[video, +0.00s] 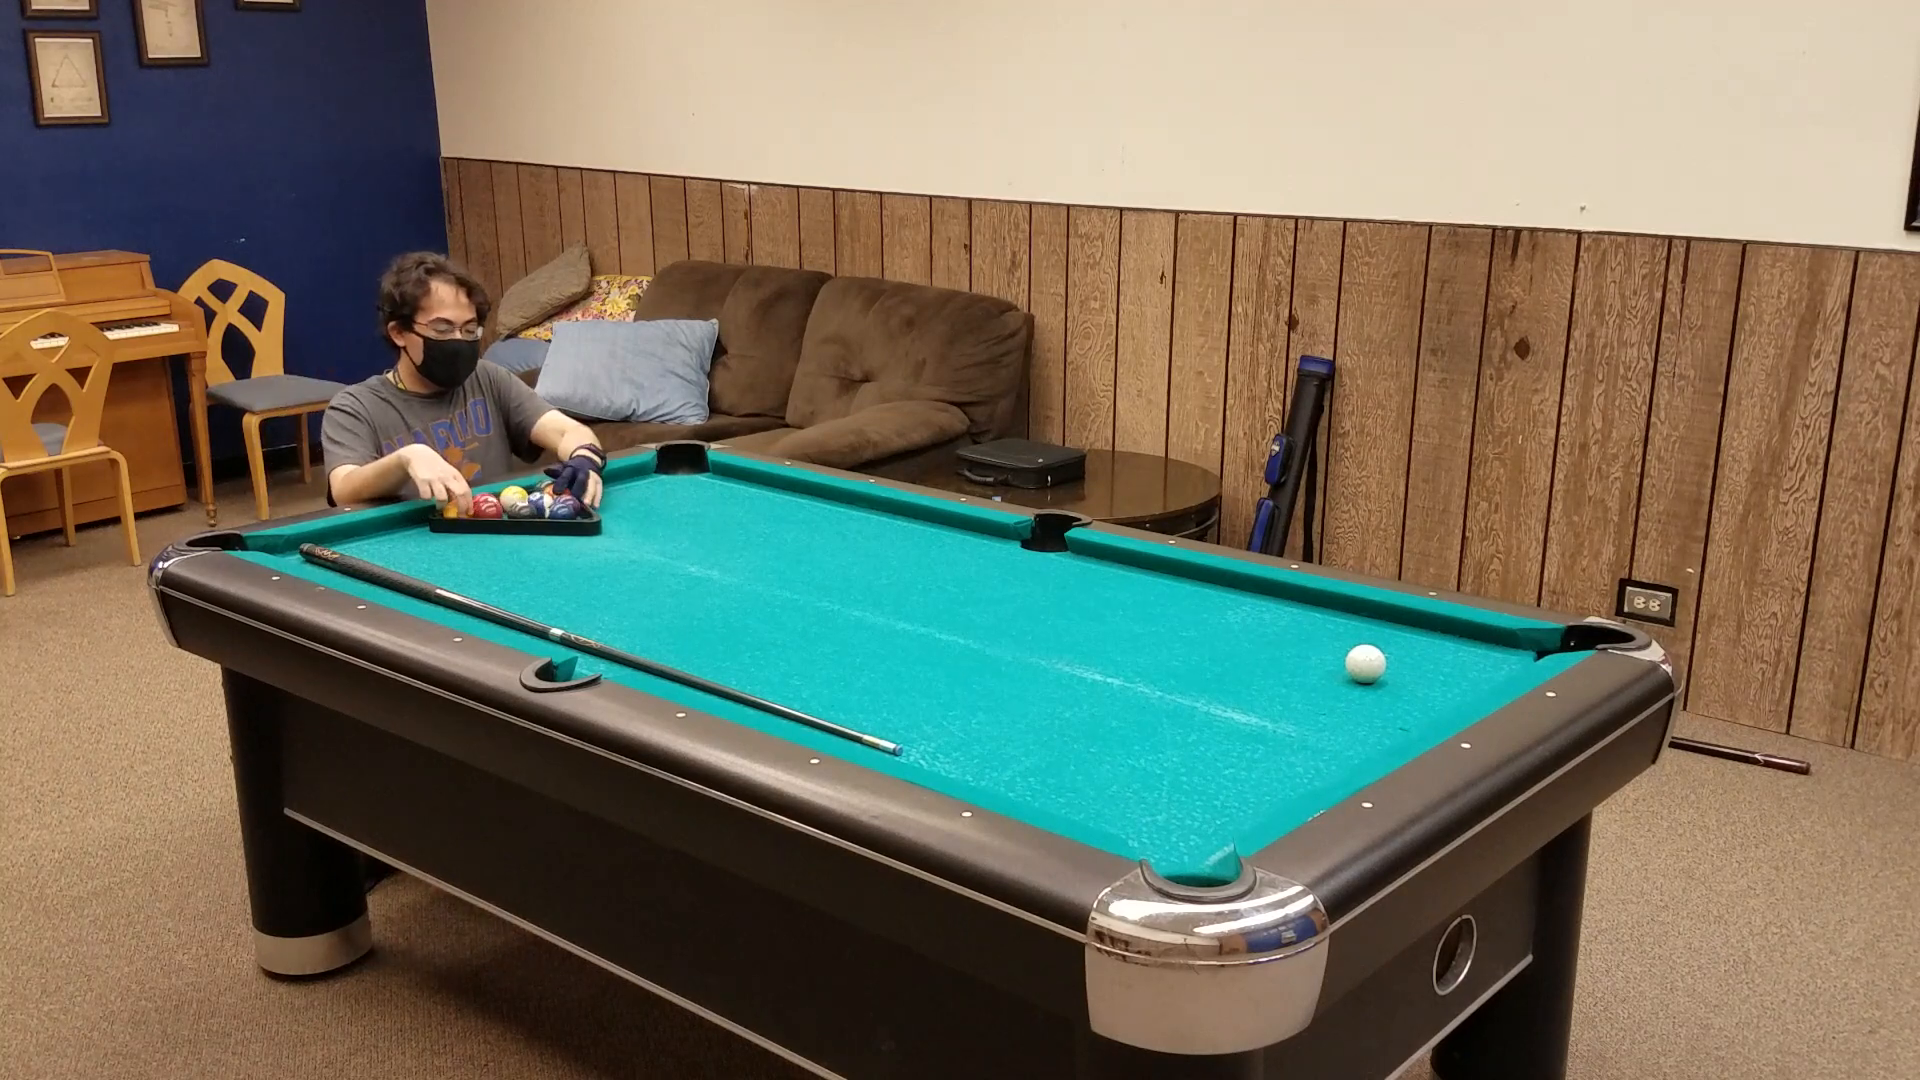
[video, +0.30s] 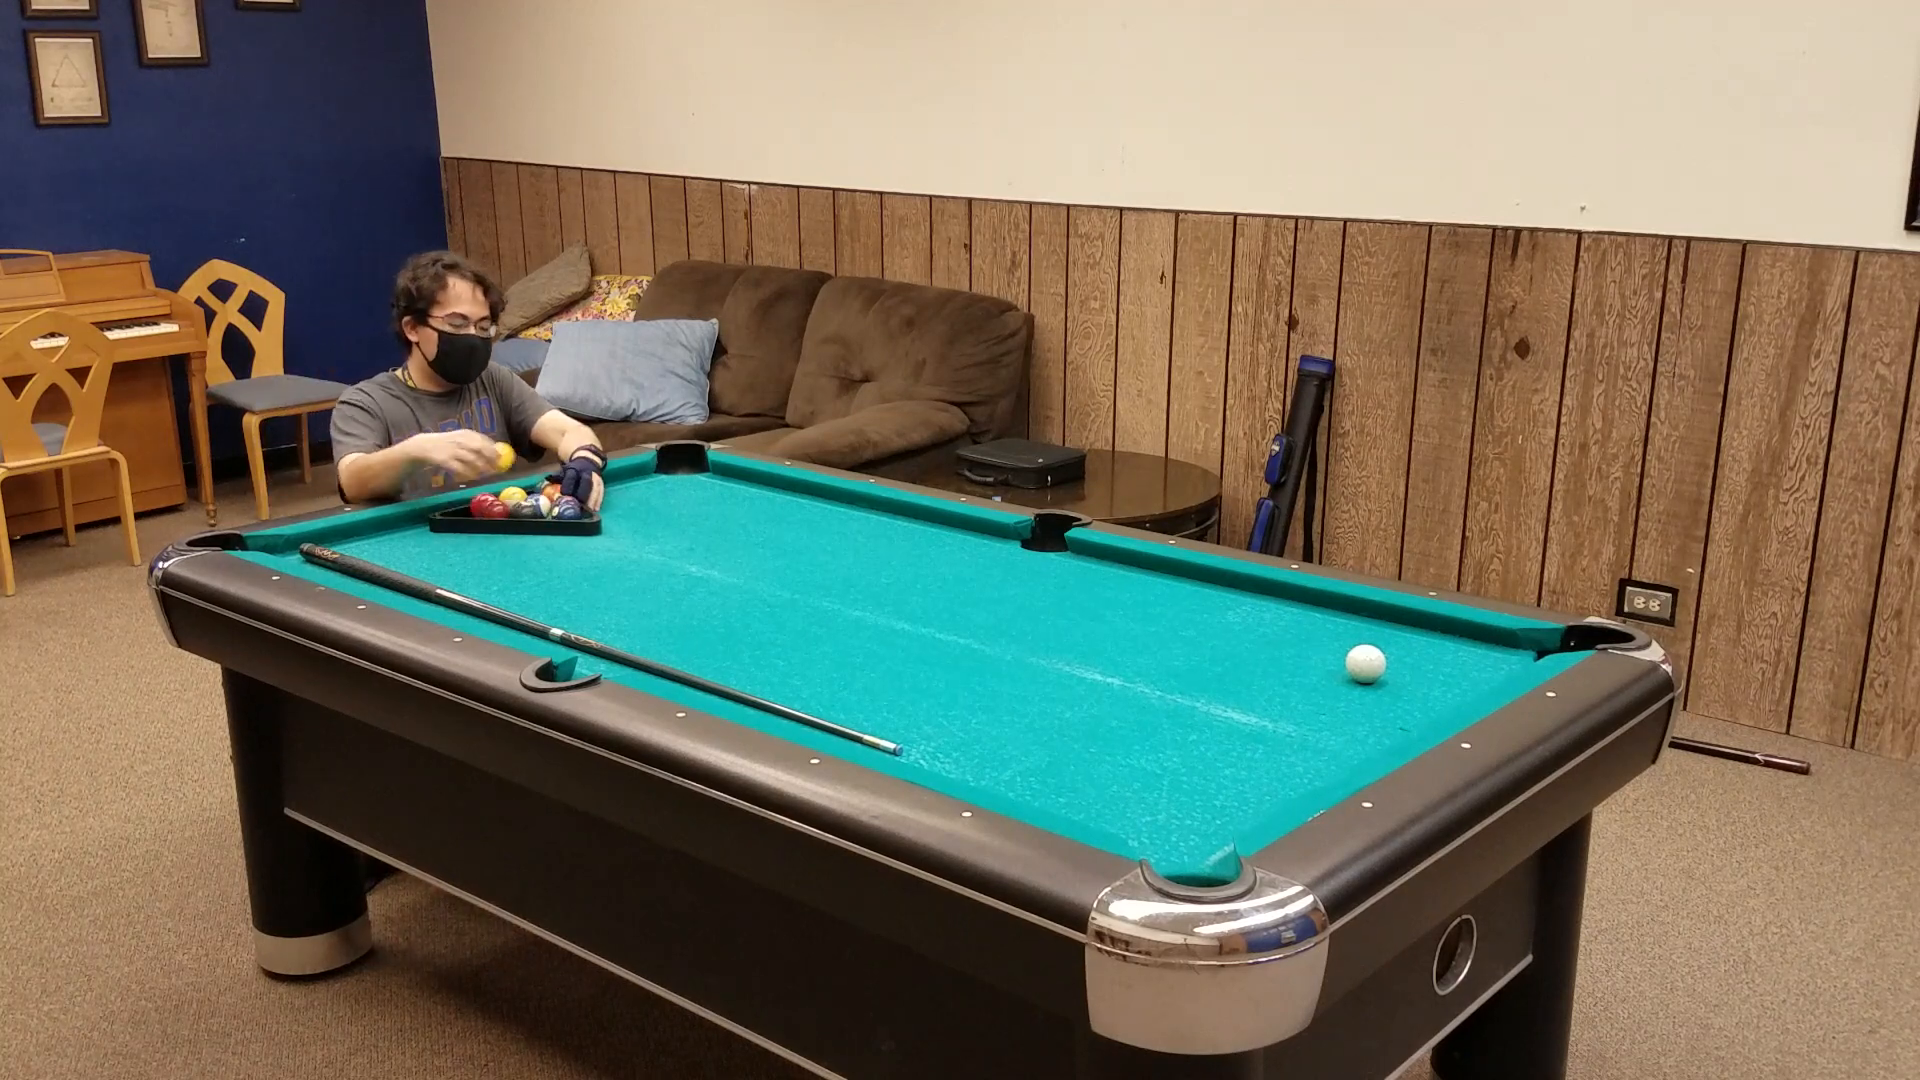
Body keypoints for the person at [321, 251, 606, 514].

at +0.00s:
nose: (460, 342)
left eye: (470, 327)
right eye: (443, 328)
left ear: (479, 326)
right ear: (399, 333)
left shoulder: (489, 380)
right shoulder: (356, 407)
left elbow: (564, 431)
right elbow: (345, 491)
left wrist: (585, 455)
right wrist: (407, 458)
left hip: (510, 551)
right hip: (415, 568)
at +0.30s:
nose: (474, 338)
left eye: (483, 326)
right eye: (457, 324)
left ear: (491, 328)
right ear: (412, 328)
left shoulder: (495, 381)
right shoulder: (366, 403)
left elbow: (566, 431)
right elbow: (354, 483)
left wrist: (584, 458)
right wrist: (416, 449)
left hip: (507, 547)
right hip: (416, 563)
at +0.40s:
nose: (474, 336)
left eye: (482, 323)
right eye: (456, 322)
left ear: (491, 326)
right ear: (411, 328)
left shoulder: (492, 379)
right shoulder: (370, 401)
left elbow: (568, 430)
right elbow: (382, 470)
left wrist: (584, 457)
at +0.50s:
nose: (472, 334)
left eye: (481, 322)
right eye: (455, 321)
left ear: (491, 323)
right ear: (411, 328)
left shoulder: (493, 381)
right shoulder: (372, 401)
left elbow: (569, 431)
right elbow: (410, 462)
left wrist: (582, 461)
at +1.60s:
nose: (458, 334)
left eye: (467, 321)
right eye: (440, 322)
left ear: (479, 324)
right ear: (398, 332)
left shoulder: (488, 380)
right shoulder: (362, 404)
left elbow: (567, 431)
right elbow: (380, 474)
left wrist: (582, 458)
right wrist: (465, 472)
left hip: (499, 554)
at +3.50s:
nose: (461, 345)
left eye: (471, 331)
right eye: (443, 330)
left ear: (481, 331)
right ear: (401, 336)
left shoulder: (489, 382)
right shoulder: (361, 404)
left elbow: (567, 431)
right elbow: (363, 481)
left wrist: (583, 457)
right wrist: (442, 455)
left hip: (502, 555)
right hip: (411, 568)